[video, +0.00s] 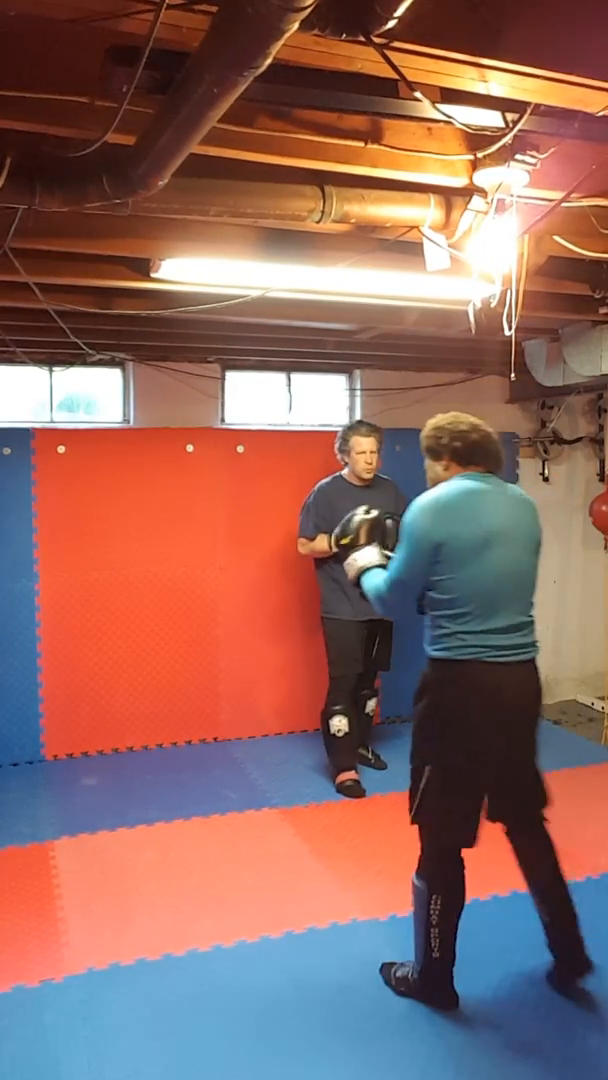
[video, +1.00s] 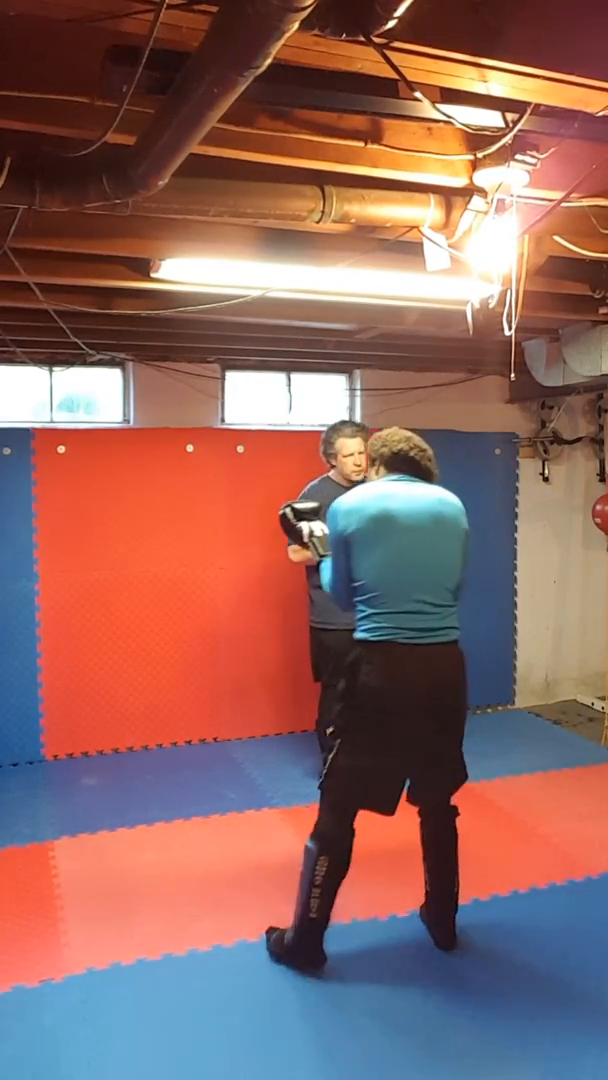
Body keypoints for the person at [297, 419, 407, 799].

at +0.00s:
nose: (370, 460)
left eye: (374, 453)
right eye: (362, 453)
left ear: (380, 453)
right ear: (344, 455)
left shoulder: (391, 492)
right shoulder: (324, 493)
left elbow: (409, 536)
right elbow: (305, 545)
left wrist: (384, 544)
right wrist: (342, 542)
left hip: (381, 605)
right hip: (341, 607)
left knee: (368, 679)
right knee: (344, 683)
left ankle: (360, 744)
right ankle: (343, 766)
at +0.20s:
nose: (369, 459)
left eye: (372, 452)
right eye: (360, 454)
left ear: (378, 451)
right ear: (341, 456)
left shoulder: (389, 489)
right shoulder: (324, 494)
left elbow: (403, 537)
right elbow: (306, 548)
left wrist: (379, 548)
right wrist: (345, 547)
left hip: (380, 606)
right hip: (340, 608)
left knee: (367, 680)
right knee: (343, 682)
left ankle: (360, 743)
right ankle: (344, 766)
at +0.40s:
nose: (365, 459)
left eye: (368, 451)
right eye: (356, 454)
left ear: (375, 450)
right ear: (338, 457)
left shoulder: (387, 489)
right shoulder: (322, 495)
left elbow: (402, 537)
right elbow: (305, 549)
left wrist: (377, 542)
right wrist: (345, 544)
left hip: (382, 610)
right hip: (340, 613)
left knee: (369, 684)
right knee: (341, 686)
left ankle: (360, 745)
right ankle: (343, 768)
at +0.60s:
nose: (363, 457)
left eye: (366, 450)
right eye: (354, 452)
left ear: (372, 450)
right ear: (335, 455)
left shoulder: (385, 489)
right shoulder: (319, 495)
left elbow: (401, 537)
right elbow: (302, 548)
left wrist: (372, 539)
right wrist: (345, 543)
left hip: (381, 610)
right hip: (337, 614)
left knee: (377, 687)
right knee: (340, 687)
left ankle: (374, 759)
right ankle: (344, 767)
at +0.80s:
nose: (361, 458)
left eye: (364, 451)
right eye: (353, 452)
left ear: (369, 451)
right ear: (333, 455)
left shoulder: (381, 489)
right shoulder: (315, 495)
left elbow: (397, 540)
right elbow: (298, 550)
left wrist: (365, 539)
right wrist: (345, 541)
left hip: (378, 609)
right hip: (335, 614)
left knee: (378, 685)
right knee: (337, 685)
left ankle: (378, 755)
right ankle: (337, 759)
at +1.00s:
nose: (359, 462)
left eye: (362, 454)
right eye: (350, 456)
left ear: (368, 453)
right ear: (331, 458)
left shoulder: (374, 489)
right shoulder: (316, 494)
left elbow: (387, 543)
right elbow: (296, 552)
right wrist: (340, 546)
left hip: (373, 619)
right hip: (333, 621)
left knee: (368, 698)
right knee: (336, 697)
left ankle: (367, 771)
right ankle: (334, 771)